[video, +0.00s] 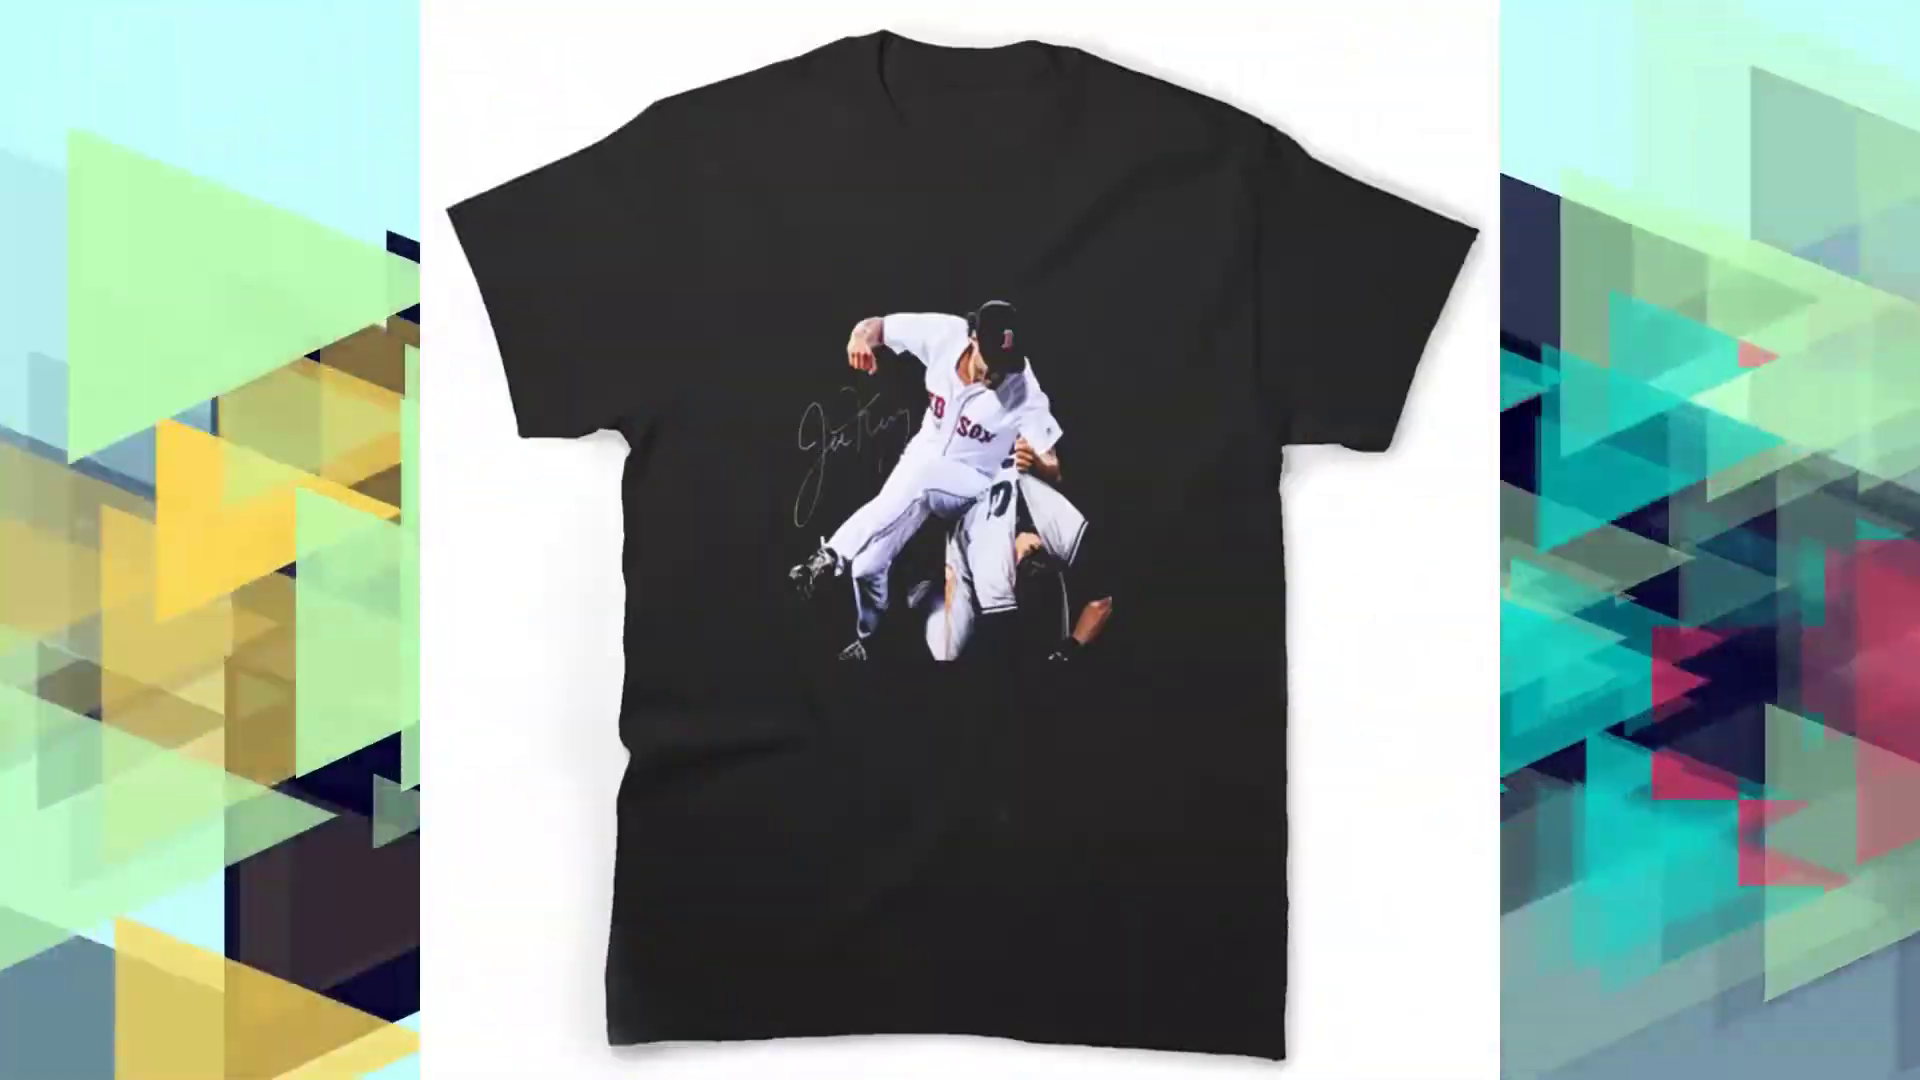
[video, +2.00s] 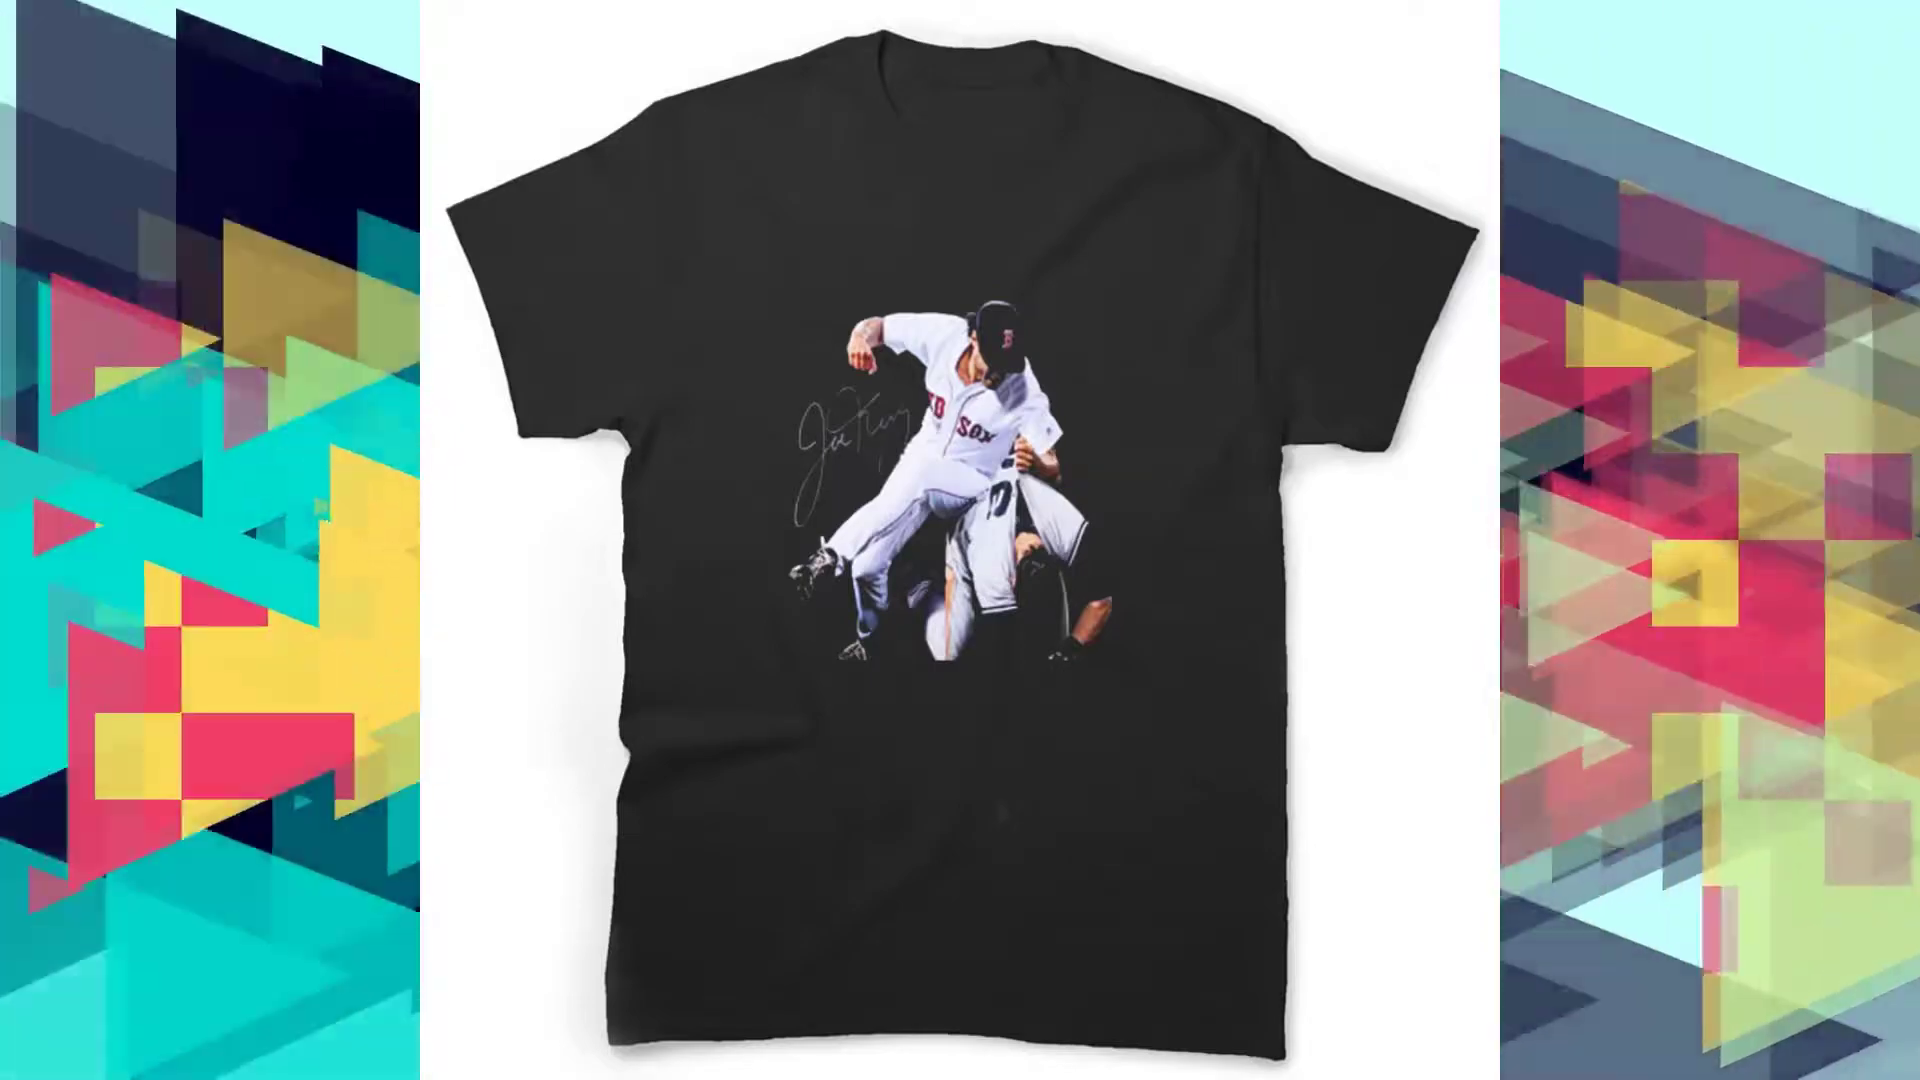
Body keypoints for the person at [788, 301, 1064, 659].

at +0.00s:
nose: (995, 373)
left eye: (1004, 366)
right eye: (990, 364)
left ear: (1016, 355)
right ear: (973, 342)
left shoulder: (1023, 390)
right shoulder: (946, 334)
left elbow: (1055, 470)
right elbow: (874, 327)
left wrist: (1038, 463)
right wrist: (861, 340)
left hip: (978, 482)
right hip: (922, 460)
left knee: (920, 477)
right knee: (867, 565)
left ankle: (827, 559)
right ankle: (870, 640)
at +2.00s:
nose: (997, 374)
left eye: (1006, 367)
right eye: (991, 364)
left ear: (1017, 354)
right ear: (973, 341)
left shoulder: (1023, 389)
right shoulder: (946, 334)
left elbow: (1054, 468)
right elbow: (878, 327)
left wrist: (1038, 463)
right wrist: (861, 338)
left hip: (979, 482)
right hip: (922, 460)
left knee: (920, 476)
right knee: (867, 566)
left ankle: (828, 560)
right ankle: (871, 642)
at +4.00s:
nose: (997, 374)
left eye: (1006, 367)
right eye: (991, 364)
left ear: (1017, 354)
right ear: (973, 341)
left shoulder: (1023, 389)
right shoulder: (946, 334)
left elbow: (1054, 468)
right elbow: (878, 327)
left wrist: (1038, 463)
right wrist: (861, 339)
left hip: (979, 482)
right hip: (922, 460)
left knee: (920, 476)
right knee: (867, 566)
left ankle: (828, 560)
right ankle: (871, 642)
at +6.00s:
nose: (997, 374)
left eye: (1006, 367)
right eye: (991, 364)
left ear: (1017, 354)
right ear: (973, 341)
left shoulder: (1023, 389)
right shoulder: (946, 334)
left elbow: (1054, 468)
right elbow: (878, 327)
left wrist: (1038, 463)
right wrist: (861, 339)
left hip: (979, 482)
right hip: (922, 460)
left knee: (920, 476)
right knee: (867, 566)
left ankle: (829, 559)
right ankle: (871, 641)